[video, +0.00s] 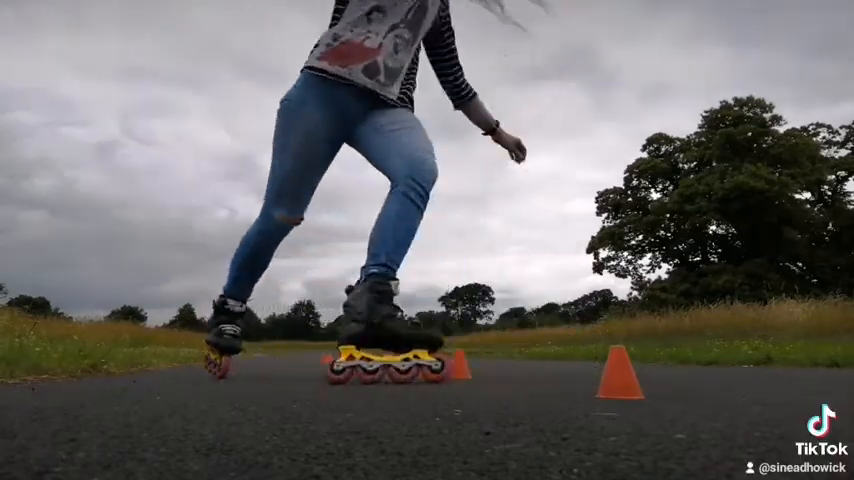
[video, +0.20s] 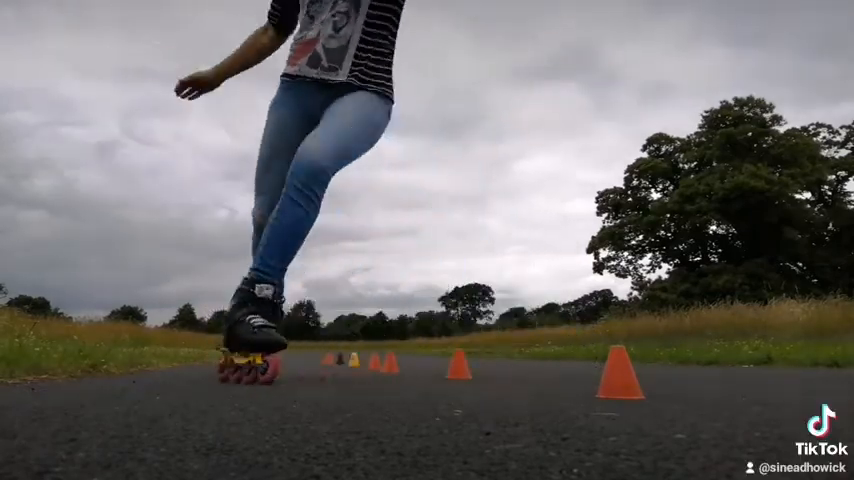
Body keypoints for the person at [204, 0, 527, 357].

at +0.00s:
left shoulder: (433, 7)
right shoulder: (351, 1)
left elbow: (451, 74)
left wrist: (497, 131)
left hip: (386, 107)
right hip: (323, 88)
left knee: (417, 173)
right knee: (282, 213)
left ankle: (369, 301)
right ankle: (228, 312)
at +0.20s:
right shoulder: (293, 1)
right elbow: (274, 30)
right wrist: (216, 75)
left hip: (365, 88)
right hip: (300, 84)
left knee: (310, 162)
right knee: (265, 210)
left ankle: (250, 303)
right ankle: (268, 306)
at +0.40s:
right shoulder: (369, 6)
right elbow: (399, 38)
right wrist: (422, 88)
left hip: (364, 82)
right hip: (374, 86)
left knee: (267, 184)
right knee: (278, 188)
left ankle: (253, 313)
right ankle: (320, 305)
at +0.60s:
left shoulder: (281, 2)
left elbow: (226, 28)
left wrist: (173, 72)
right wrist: (524, 6)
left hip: (370, 82)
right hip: (419, 93)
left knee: (293, 203)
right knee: (356, 210)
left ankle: (314, 319)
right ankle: (368, 277)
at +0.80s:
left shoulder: (331, 8)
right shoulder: (413, 6)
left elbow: (338, 80)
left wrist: (344, 139)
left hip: (377, 89)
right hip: (446, 83)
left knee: (375, 223)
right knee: (437, 224)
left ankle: (419, 324)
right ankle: (414, 272)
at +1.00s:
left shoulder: (399, 16)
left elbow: (394, 78)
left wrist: (392, 160)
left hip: (407, 94)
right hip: (468, 64)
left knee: (487, 221)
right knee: (474, 220)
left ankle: (557, 319)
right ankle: (356, 268)